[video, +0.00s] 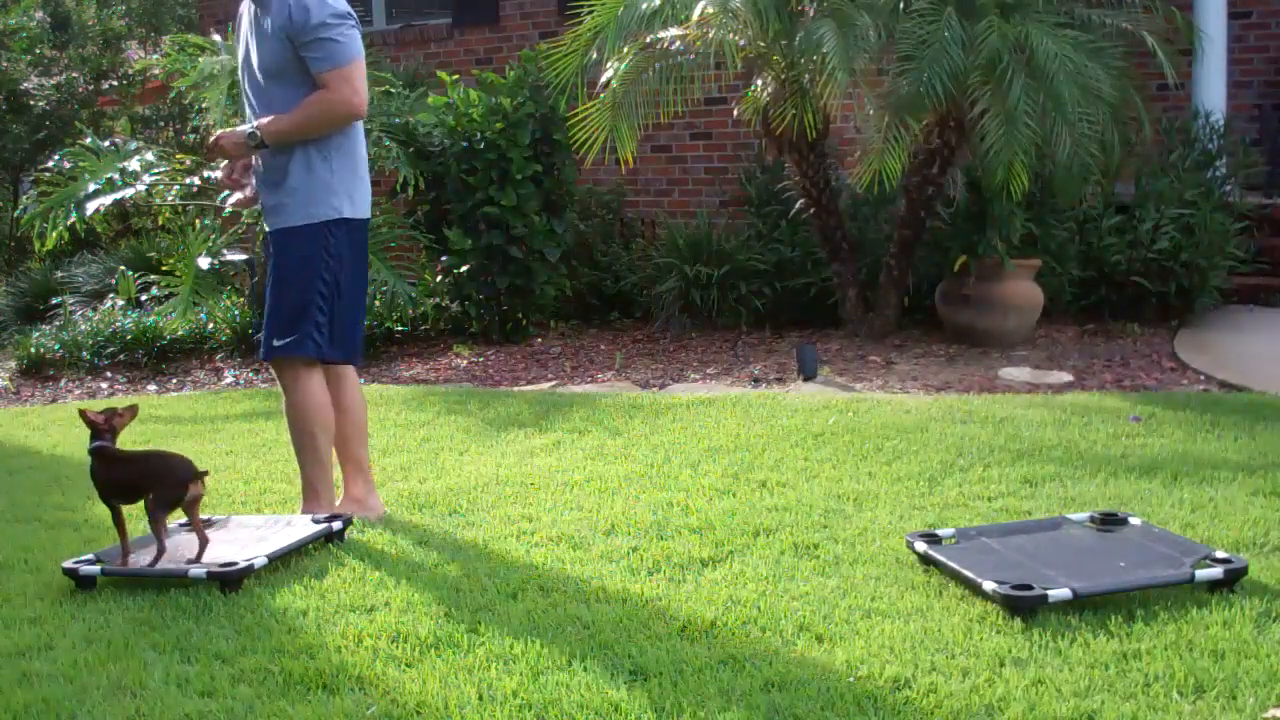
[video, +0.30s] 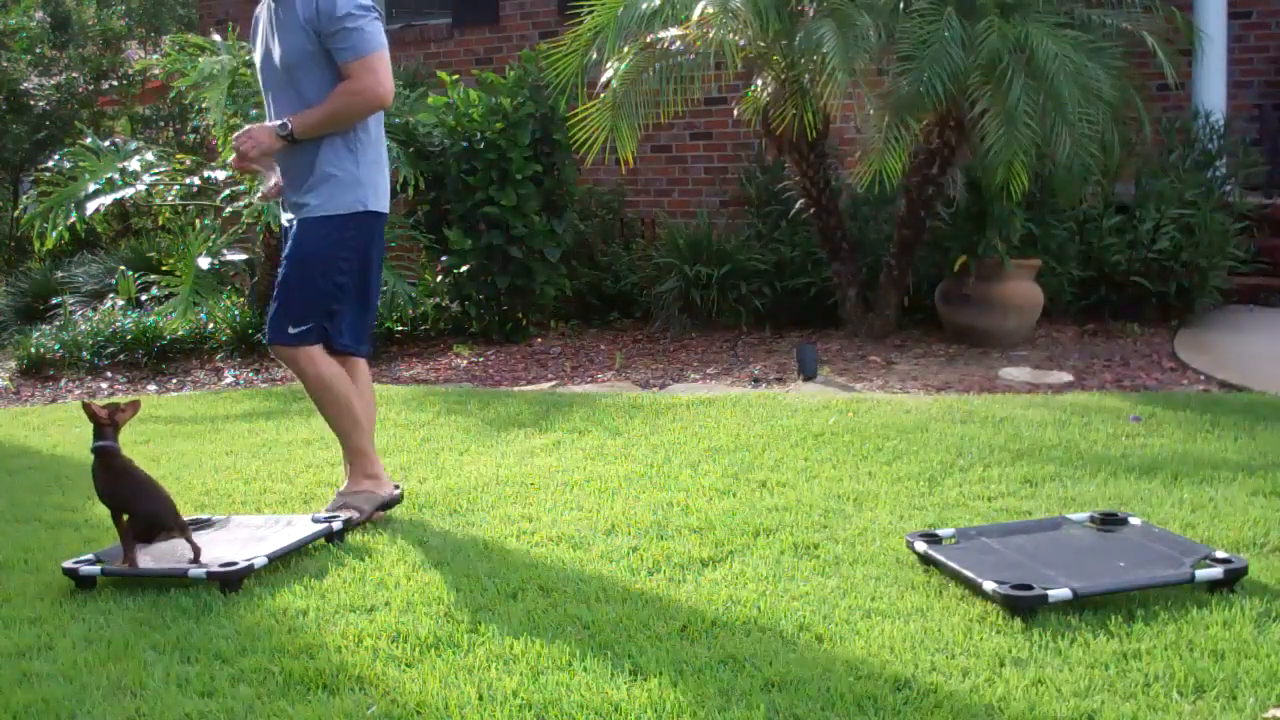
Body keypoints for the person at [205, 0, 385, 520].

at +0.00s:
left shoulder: (307, 2)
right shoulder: (257, 10)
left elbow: (349, 98)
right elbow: (303, 105)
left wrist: (254, 135)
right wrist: (261, 166)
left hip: (317, 205)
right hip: (310, 204)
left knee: (293, 354)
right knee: (334, 355)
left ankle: (319, 511)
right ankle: (361, 498)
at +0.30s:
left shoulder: (333, 2)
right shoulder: (272, 11)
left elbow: (375, 88)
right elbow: (311, 100)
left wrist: (282, 131)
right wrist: (282, 162)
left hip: (344, 196)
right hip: (314, 198)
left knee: (292, 335)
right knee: (343, 345)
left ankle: (368, 477)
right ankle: (365, 481)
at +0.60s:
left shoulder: (355, 3)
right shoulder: (287, 13)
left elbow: (394, 94)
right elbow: (307, 105)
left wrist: (298, 131)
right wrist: (280, 159)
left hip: (356, 208)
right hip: (307, 213)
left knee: (370, 355)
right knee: (336, 359)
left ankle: (402, 495)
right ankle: (359, 496)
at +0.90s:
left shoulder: (381, 5)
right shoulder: (295, 9)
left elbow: (411, 104)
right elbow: (307, 82)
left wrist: (326, 165)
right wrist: (279, 111)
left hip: (371, 209)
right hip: (309, 213)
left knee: (382, 353)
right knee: (324, 354)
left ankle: (402, 494)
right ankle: (359, 494)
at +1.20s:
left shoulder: (391, 8)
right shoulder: (297, 8)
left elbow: (417, 112)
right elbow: (298, 73)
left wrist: (324, 151)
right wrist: (281, 107)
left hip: (384, 205)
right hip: (318, 205)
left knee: (392, 350)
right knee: (316, 346)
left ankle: (403, 494)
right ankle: (357, 491)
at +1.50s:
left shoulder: (389, 6)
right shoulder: (297, 7)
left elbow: (430, 105)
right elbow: (303, 73)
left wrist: (337, 147)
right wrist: (291, 117)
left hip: (392, 205)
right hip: (327, 206)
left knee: (400, 350)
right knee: (330, 349)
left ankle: (404, 496)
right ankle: (358, 492)